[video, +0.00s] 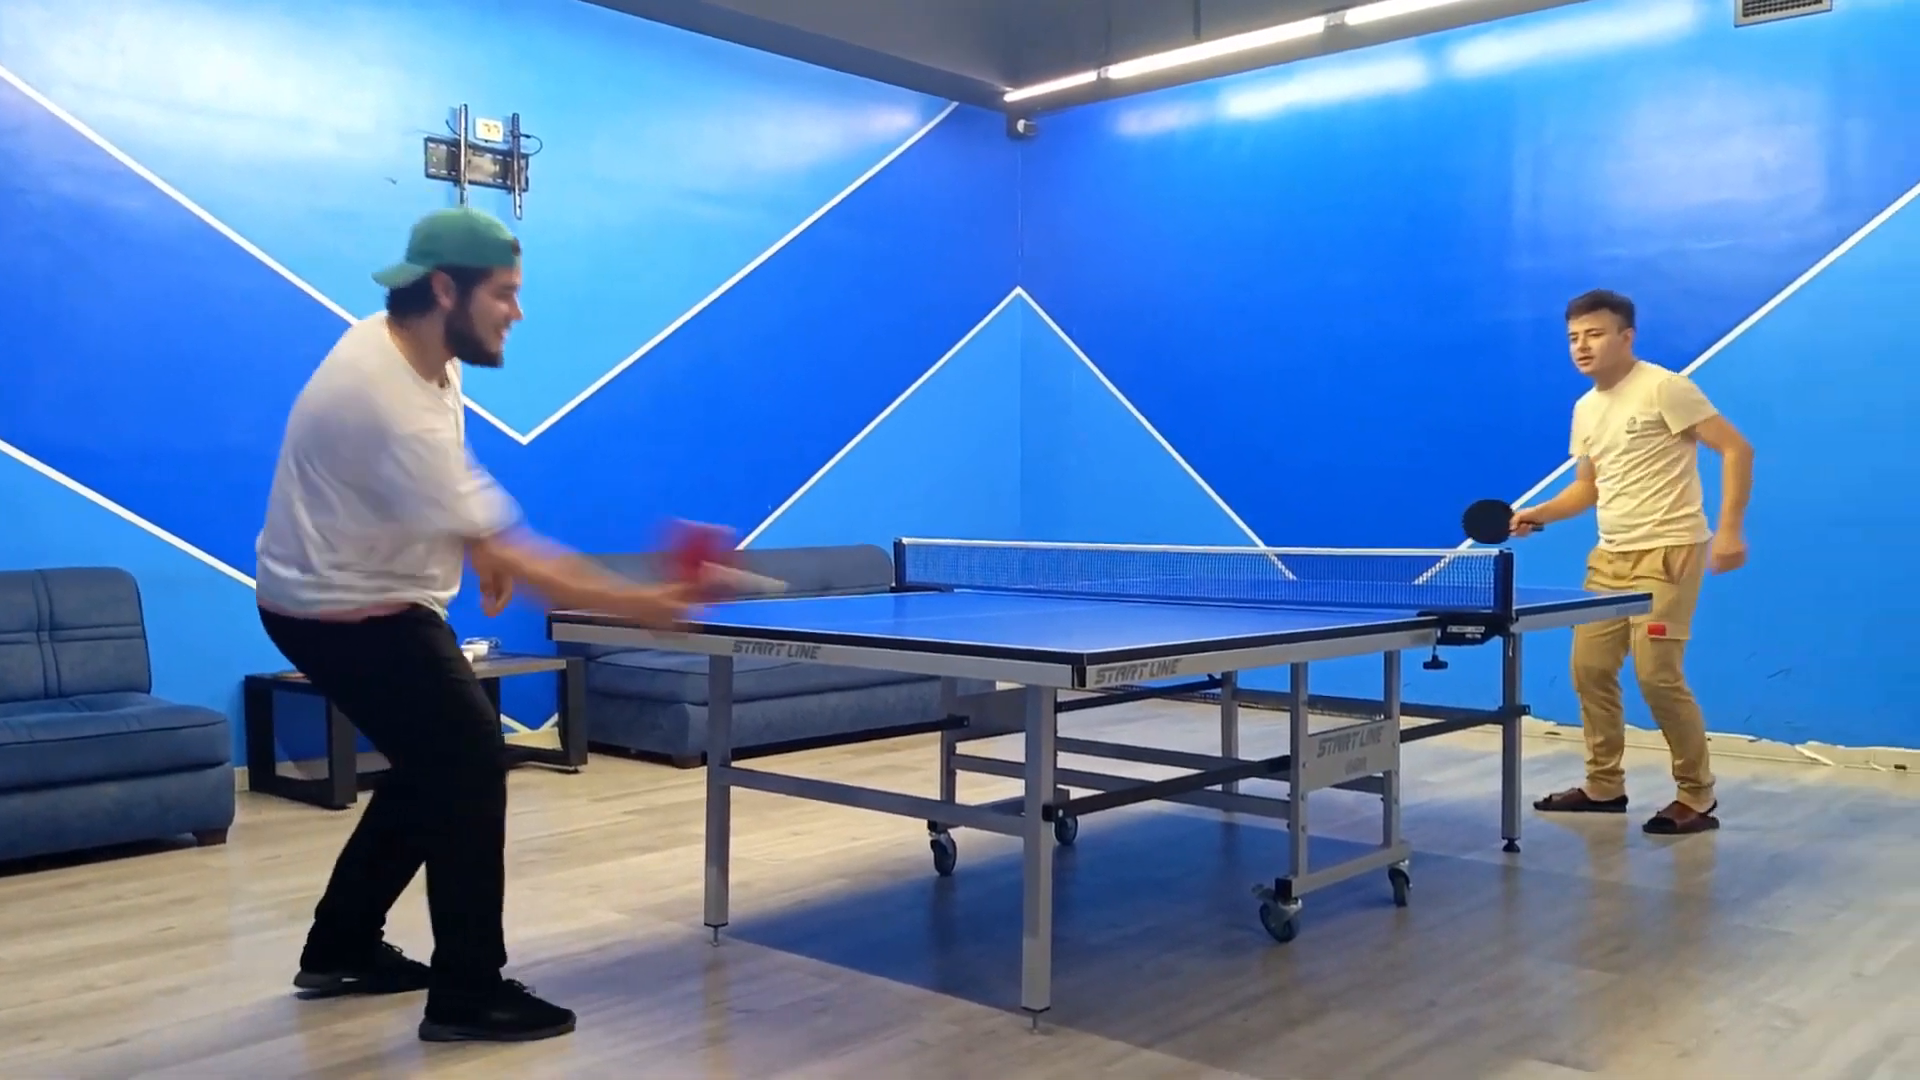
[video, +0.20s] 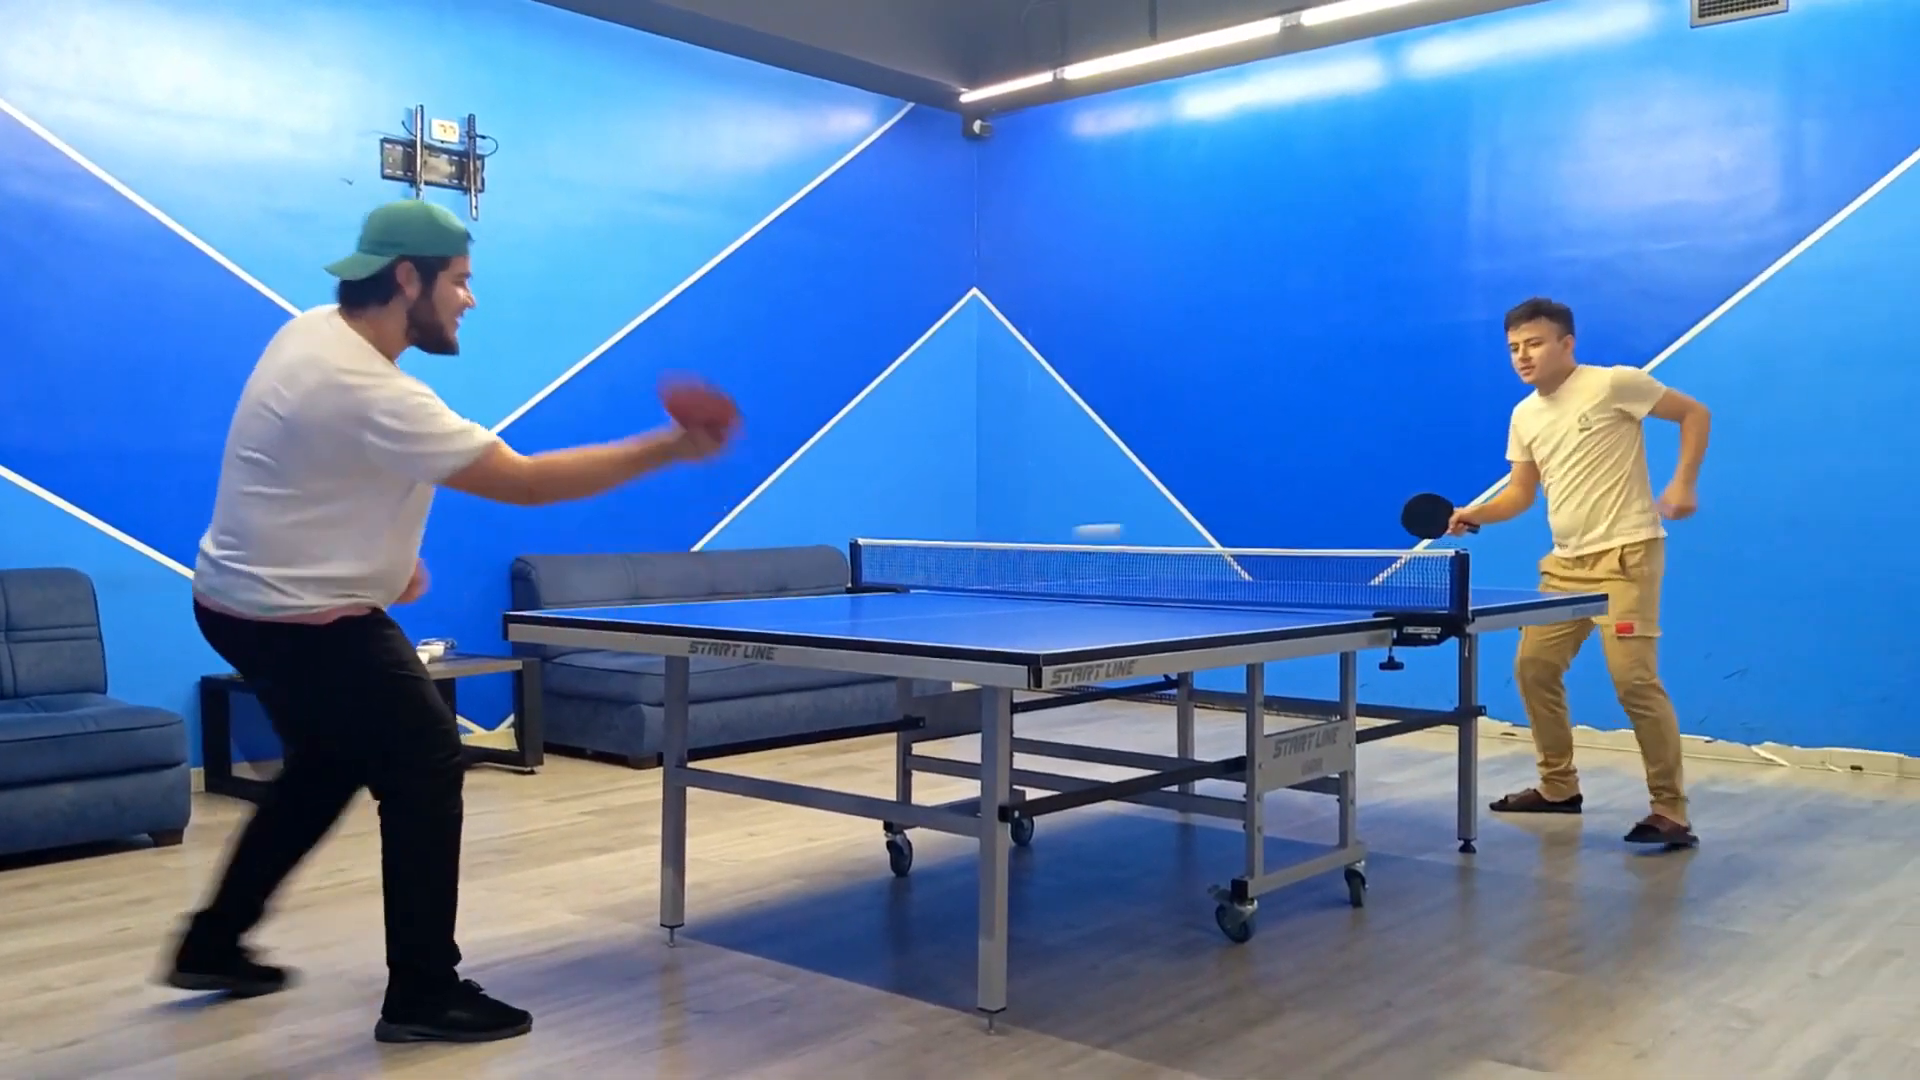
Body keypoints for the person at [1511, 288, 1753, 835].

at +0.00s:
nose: (1581, 346)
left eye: (1593, 335)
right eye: (1574, 337)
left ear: (1626, 338)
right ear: (1570, 343)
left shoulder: (1665, 388)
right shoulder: (1585, 409)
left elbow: (1737, 449)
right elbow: (1588, 487)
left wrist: (1729, 530)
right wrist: (1540, 514)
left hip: (1669, 553)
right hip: (1611, 557)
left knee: (1657, 675)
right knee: (1590, 669)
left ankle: (1696, 798)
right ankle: (1603, 788)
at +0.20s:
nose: (1522, 355)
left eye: (1533, 344)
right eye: (1515, 347)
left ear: (1567, 344)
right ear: (1511, 353)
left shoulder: (1613, 384)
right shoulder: (1525, 416)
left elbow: (1695, 414)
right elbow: (1520, 491)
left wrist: (1683, 483)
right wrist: (1475, 514)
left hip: (1629, 554)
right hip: (1567, 561)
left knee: (1634, 679)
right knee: (1534, 666)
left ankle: (1671, 814)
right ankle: (1558, 788)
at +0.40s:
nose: (1503, 417)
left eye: (1511, 403)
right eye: (1496, 409)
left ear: (1547, 395)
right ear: (1497, 413)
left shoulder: (1597, 431)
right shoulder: (1543, 460)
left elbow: (1656, 497)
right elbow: (1582, 533)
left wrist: (1566, 507)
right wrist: (1535, 575)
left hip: (1643, 582)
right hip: (1587, 589)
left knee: (1627, 685)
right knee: (1515, 678)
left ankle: (1688, 826)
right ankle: (1553, 787)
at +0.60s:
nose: (1507, 471)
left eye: (1513, 458)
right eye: (1504, 461)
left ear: (1549, 450)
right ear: (1544, 455)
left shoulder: (1583, 469)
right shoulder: (1564, 490)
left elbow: (1592, 494)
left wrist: (1510, 496)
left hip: (1649, 625)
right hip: (1602, 622)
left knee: (1592, 724)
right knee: (1509, 683)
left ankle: (1706, 830)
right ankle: (1554, 791)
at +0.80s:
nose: (1549, 432)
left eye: (1556, 419)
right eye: (1546, 423)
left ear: (1592, 414)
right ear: (1576, 423)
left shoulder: (1635, 441)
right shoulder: (1585, 479)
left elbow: (1706, 428)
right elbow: (1558, 534)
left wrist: (1680, 384)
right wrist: (1514, 492)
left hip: (1668, 595)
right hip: (1623, 604)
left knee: (1645, 692)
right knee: (1542, 674)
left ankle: (1723, 819)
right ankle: (1576, 779)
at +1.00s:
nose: (1599, 400)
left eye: (1609, 389)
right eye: (1594, 391)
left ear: (1642, 388)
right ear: (1593, 394)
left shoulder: (1688, 420)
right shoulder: (1623, 441)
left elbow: (1768, 419)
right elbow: (1622, 486)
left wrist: (1817, 406)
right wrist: (1571, 464)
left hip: (1700, 572)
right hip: (1643, 571)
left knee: (1708, 678)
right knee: (1597, 663)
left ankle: (1768, 788)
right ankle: (1604, 768)